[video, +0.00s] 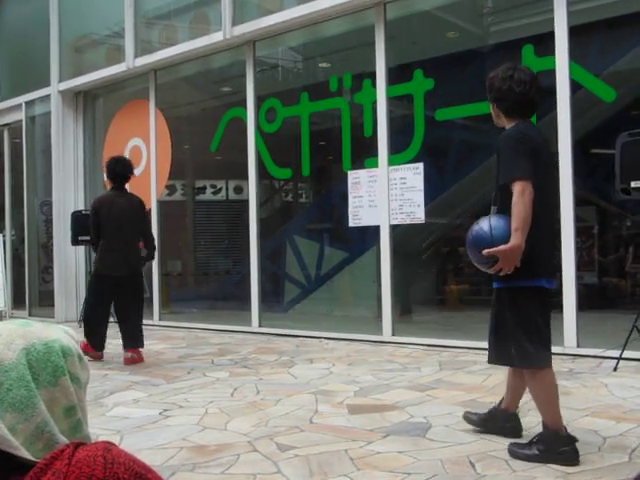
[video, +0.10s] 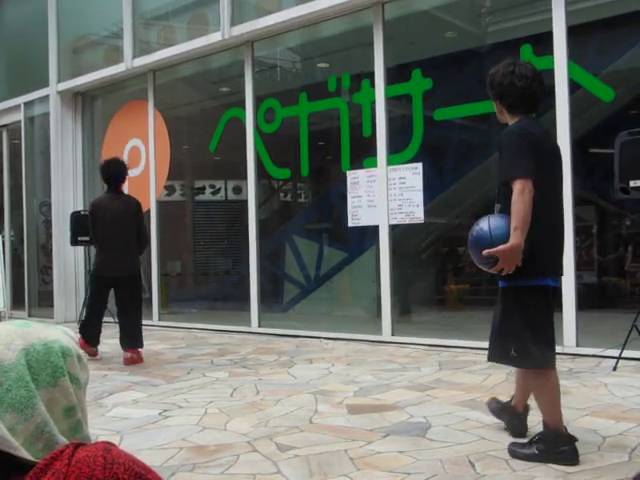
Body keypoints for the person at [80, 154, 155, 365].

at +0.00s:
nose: (104, 176)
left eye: (106, 173)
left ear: (108, 176)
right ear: (129, 177)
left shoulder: (99, 203)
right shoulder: (137, 203)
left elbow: (95, 236)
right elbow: (147, 234)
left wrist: (102, 252)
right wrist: (148, 254)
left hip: (106, 266)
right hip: (131, 265)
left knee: (96, 306)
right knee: (130, 307)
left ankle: (94, 347)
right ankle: (132, 349)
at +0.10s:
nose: (124, 178)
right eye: (123, 175)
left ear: (103, 179)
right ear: (124, 178)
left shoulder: (97, 205)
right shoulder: (133, 204)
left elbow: (93, 237)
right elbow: (143, 238)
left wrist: (105, 247)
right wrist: (132, 252)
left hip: (103, 264)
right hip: (128, 265)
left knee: (96, 303)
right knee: (129, 306)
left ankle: (89, 343)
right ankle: (131, 349)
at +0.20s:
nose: (120, 179)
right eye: (119, 176)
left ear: (99, 180)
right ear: (119, 178)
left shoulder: (94, 205)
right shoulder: (129, 204)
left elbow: (88, 232)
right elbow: (138, 236)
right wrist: (131, 248)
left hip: (100, 265)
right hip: (125, 266)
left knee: (92, 303)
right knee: (128, 305)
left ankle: (88, 344)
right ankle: (130, 348)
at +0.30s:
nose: (117, 179)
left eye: (115, 175)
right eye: (115, 176)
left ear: (96, 181)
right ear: (111, 179)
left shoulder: (90, 204)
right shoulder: (119, 204)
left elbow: (92, 233)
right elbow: (131, 231)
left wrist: (123, 248)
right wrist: (135, 247)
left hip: (94, 266)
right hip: (117, 265)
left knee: (90, 304)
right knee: (126, 304)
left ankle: (90, 343)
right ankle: (129, 346)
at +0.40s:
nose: (112, 179)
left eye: (111, 175)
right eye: (109, 176)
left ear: (93, 182)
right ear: (103, 180)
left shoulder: (87, 205)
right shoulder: (110, 202)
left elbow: (88, 238)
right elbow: (120, 230)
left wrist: (116, 250)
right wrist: (134, 249)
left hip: (88, 265)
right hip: (107, 264)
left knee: (92, 305)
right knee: (121, 304)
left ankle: (92, 343)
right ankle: (126, 344)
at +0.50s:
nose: (108, 179)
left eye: (106, 175)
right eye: (104, 175)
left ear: (91, 182)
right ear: (95, 180)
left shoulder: (87, 204)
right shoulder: (103, 201)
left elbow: (95, 238)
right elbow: (112, 231)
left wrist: (123, 248)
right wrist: (129, 251)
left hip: (84, 263)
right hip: (99, 263)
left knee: (91, 303)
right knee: (114, 303)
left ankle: (93, 344)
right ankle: (113, 345)